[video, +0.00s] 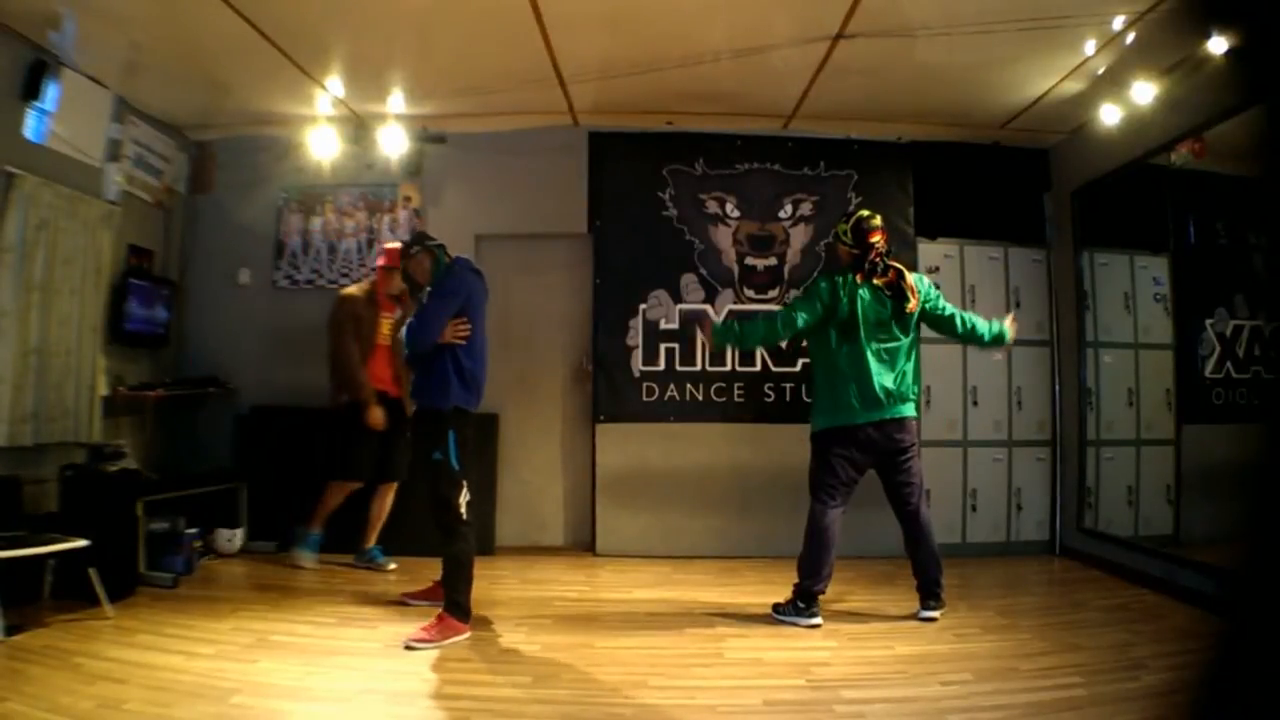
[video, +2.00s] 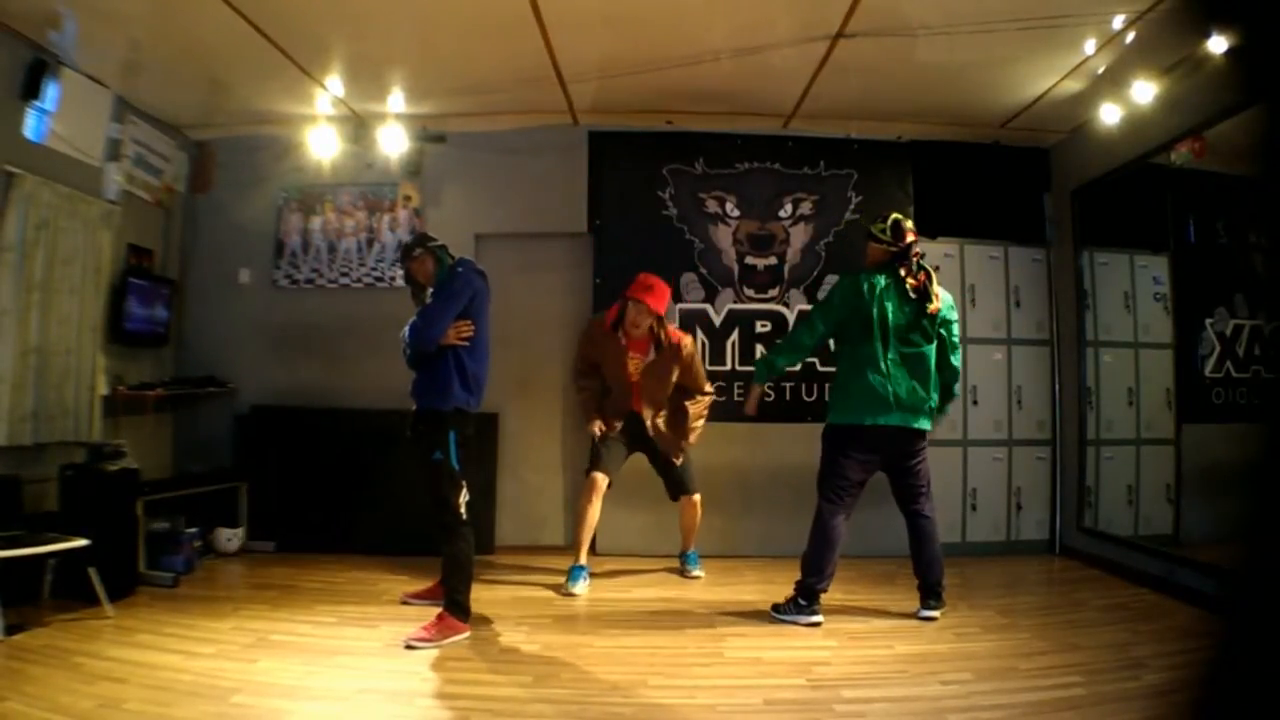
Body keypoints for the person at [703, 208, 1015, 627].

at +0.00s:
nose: (834, 250)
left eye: (838, 245)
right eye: (837, 243)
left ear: (851, 249)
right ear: (879, 246)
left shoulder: (830, 287)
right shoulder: (910, 285)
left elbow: (783, 325)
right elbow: (954, 321)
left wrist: (722, 332)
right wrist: (998, 331)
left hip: (841, 421)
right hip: (897, 419)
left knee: (827, 505)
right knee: (913, 507)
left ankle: (807, 600)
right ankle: (931, 597)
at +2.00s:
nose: (864, 250)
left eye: (870, 244)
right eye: (868, 243)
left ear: (883, 250)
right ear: (907, 251)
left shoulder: (855, 288)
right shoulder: (939, 298)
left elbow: (808, 334)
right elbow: (951, 367)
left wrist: (762, 375)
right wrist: (934, 408)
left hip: (856, 418)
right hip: (910, 421)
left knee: (833, 508)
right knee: (919, 508)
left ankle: (807, 599)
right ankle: (932, 598)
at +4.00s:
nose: (775, 301)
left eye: (777, 293)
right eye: (774, 293)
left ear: (797, 290)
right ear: (799, 288)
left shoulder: (846, 317)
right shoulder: (815, 321)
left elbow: (868, 385)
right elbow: (825, 389)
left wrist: (879, 451)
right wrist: (821, 446)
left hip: (859, 443)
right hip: (837, 443)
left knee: (824, 518)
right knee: (876, 530)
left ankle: (801, 604)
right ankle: (951, 572)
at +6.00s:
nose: (850, 235)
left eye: (858, 229)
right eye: (841, 229)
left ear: (868, 237)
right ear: (826, 237)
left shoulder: (893, 286)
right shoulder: (803, 286)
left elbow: (912, 345)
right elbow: (781, 350)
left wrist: (921, 400)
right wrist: (779, 414)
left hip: (871, 414)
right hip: (822, 407)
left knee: (843, 509)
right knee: (866, 488)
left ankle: (797, 597)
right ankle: (892, 594)